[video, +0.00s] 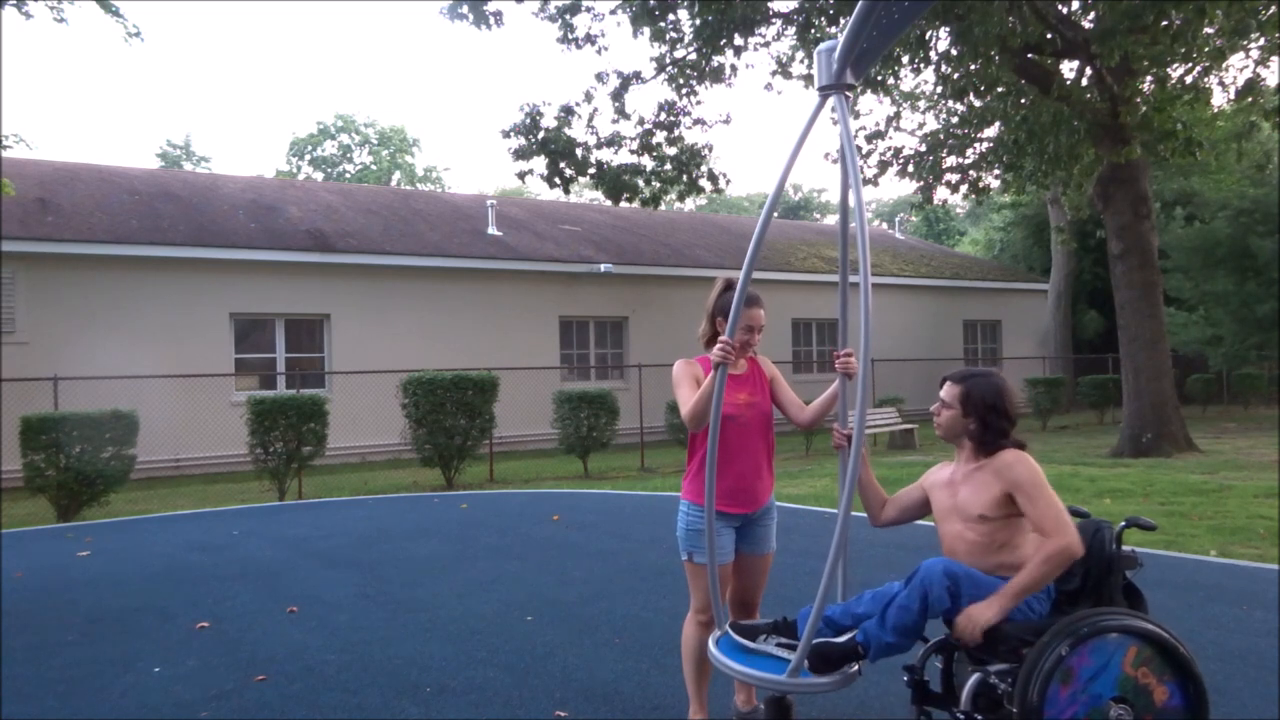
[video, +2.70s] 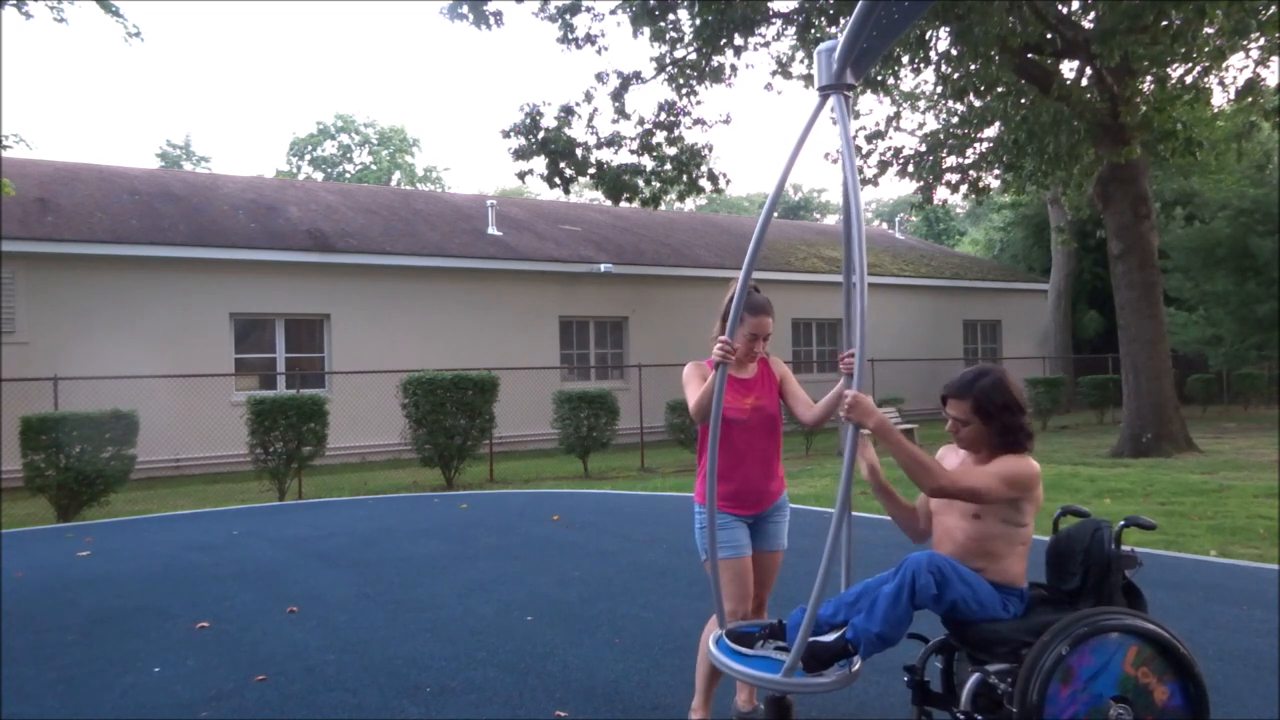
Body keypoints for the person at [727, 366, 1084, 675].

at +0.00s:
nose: (933, 410)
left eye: (944, 405)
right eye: (937, 402)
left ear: (974, 417)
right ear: (958, 416)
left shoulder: (1012, 465)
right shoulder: (940, 476)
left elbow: (1066, 544)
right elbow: (881, 513)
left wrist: (995, 605)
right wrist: (856, 454)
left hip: (1021, 598)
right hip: (967, 594)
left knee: (937, 572)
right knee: (896, 594)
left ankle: (855, 648)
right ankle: (796, 630)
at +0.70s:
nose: (898, 430)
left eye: (907, 421)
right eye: (897, 421)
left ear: (938, 422)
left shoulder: (982, 462)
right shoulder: (910, 465)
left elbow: (1051, 538)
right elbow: (885, 515)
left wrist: (1040, 620)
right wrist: (863, 463)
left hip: (1009, 589)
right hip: (951, 582)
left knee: (938, 591)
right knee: (890, 593)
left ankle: (851, 650)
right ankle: (791, 631)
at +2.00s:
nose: (910, 428)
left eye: (917, 419)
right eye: (907, 419)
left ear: (948, 414)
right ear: (915, 416)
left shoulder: (997, 467)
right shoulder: (920, 455)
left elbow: (1061, 544)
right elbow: (892, 515)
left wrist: (998, 601)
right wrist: (866, 463)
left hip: (986, 594)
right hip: (932, 584)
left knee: (921, 568)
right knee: (882, 577)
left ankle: (842, 646)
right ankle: (784, 631)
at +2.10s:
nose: (919, 428)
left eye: (928, 418)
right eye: (915, 419)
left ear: (959, 414)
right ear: (915, 414)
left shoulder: (1005, 469)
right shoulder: (926, 456)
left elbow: (1041, 555)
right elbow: (893, 514)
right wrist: (867, 461)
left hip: (995, 594)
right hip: (939, 581)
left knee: (913, 573)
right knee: (882, 578)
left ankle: (841, 647)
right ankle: (784, 631)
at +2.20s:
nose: (928, 426)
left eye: (937, 418)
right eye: (925, 416)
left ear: (967, 416)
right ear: (925, 412)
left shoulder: (1008, 466)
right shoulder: (931, 456)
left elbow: (1001, 549)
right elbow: (897, 516)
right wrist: (871, 468)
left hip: (993, 594)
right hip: (937, 584)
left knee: (924, 565)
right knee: (890, 577)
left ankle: (844, 645)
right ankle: (784, 630)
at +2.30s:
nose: (936, 426)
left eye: (945, 418)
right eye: (933, 417)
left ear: (977, 416)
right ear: (933, 414)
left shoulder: (1013, 467)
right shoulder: (938, 454)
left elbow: (953, 516)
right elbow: (899, 515)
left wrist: (884, 460)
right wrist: (866, 464)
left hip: (995, 595)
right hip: (939, 585)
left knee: (923, 564)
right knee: (893, 580)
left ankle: (844, 645)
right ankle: (785, 630)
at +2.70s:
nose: (950, 430)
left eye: (960, 423)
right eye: (947, 420)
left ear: (993, 421)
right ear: (946, 413)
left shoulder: (1022, 470)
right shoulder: (949, 456)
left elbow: (943, 484)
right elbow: (920, 529)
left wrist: (878, 424)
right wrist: (876, 482)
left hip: (998, 597)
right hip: (945, 583)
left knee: (925, 565)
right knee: (892, 584)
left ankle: (846, 643)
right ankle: (789, 629)